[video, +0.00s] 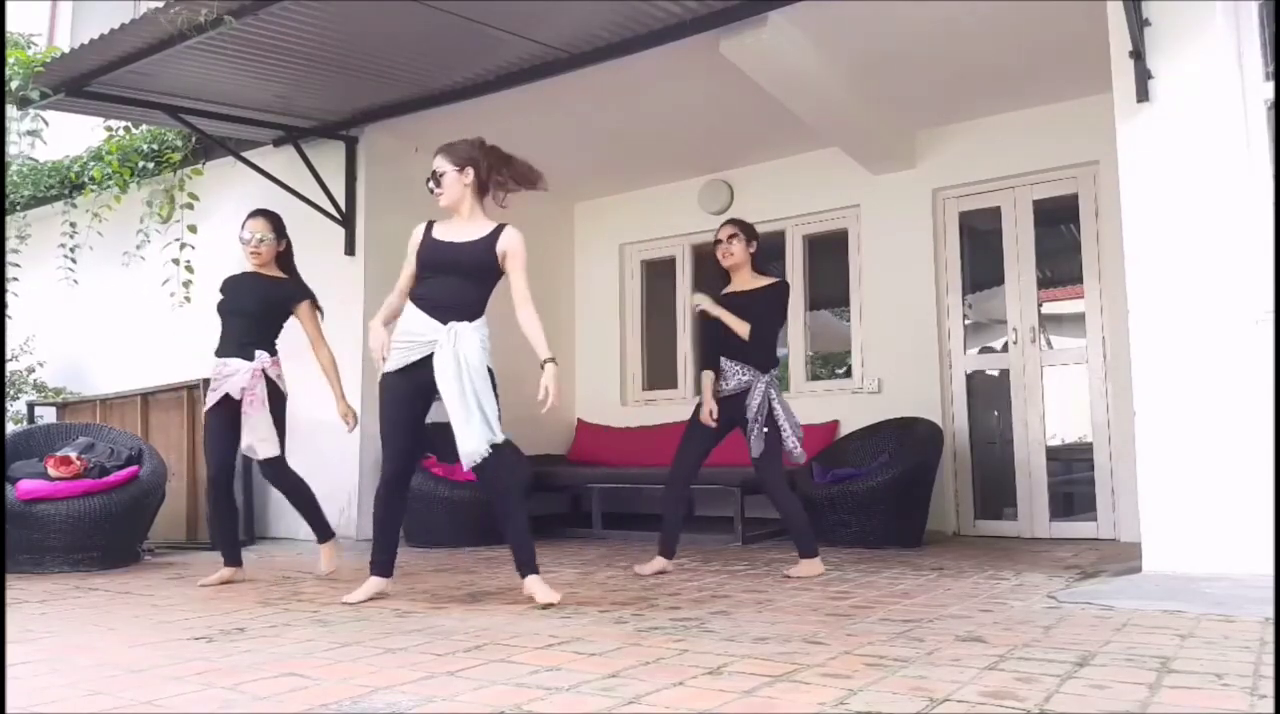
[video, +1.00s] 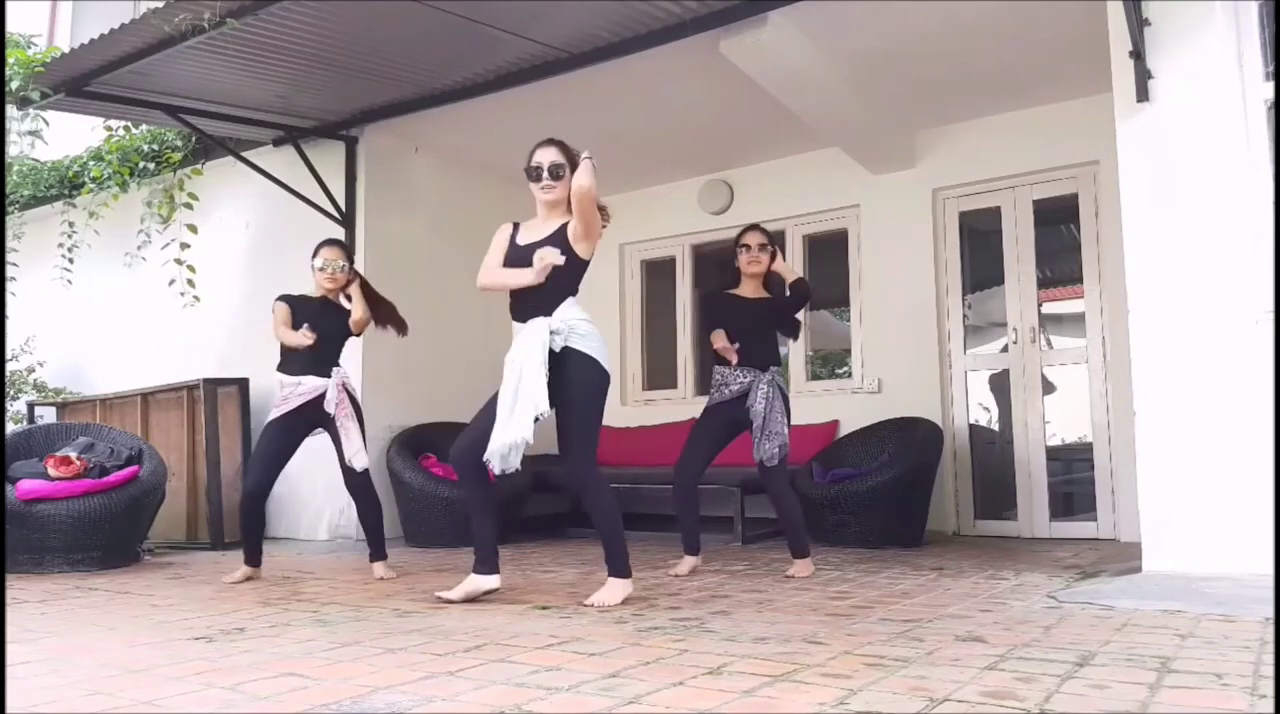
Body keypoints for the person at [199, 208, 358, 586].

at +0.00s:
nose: (254, 246)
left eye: (263, 239)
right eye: (248, 239)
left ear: (281, 244)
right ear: (240, 242)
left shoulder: (291, 288)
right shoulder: (231, 284)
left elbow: (319, 345)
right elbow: (230, 334)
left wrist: (341, 399)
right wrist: (225, 377)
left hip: (264, 383)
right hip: (224, 382)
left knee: (273, 468)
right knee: (218, 473)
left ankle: (327, 540)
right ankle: (231, 563)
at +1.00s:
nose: (330, 271)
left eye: (338, 265)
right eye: (324, 264)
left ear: (348, 273)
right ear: (312, 268)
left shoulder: (347, 313)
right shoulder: (288, 302)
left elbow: (360, 321)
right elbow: (281, 329)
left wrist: (355, 288)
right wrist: (296, 338)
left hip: (336, 399)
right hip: (294, 399)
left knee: (358, 480)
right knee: (254, 485)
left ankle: (379, 560)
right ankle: (251, 565)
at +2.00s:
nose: (316, 268)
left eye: (325, 262)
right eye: (309, 261)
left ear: (336, 270)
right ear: (299, 267)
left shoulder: (343, 308)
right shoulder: (280, 306)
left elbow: (354, 318)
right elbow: (266, 340)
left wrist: (345, 285)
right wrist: (268, 357)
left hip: (327, 402)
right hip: (283, 400)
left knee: (368, 478)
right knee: (254, 488)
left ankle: (374, 553)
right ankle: (246, 565)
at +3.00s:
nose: (311, 264)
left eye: (319, 257)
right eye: (304, 258)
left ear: (334, 265)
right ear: (297, 263)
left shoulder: (345, 306)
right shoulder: (283, 300)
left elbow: (373, 301)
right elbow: (252, 319)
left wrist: (350, 270)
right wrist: (224, 336)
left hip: (324, 399)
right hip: (280, 396)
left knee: (370, 467)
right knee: (253, 481)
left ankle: (356, 553)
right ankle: (236, 564)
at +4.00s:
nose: (307, 244)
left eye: (314, 239)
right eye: (299, 239)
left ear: (326, 247)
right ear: (289, 249)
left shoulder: (344, 292)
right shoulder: (274, 292)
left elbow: (358, 345)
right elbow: (247, 348)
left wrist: (365, 379)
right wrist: (239, 400)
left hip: (331, 388)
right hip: (285, 388)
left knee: (344, 475)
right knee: (263, 479)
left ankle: (362, 560)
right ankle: (243, 561)